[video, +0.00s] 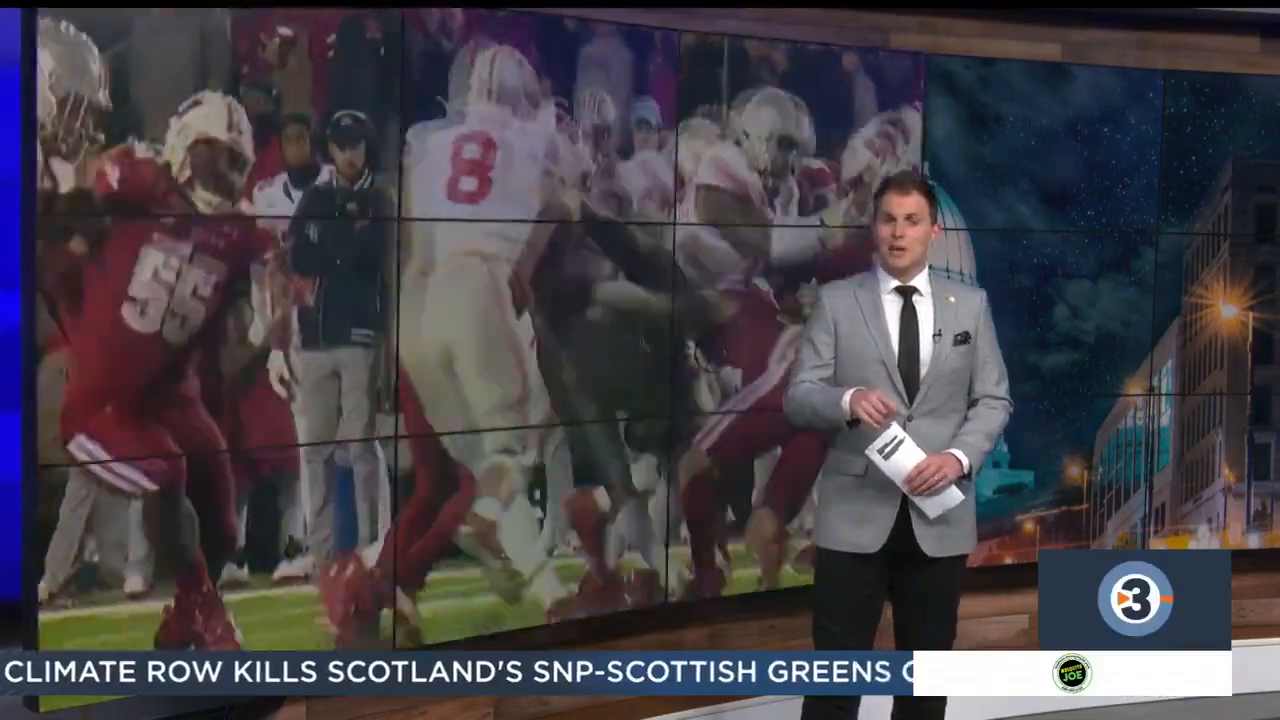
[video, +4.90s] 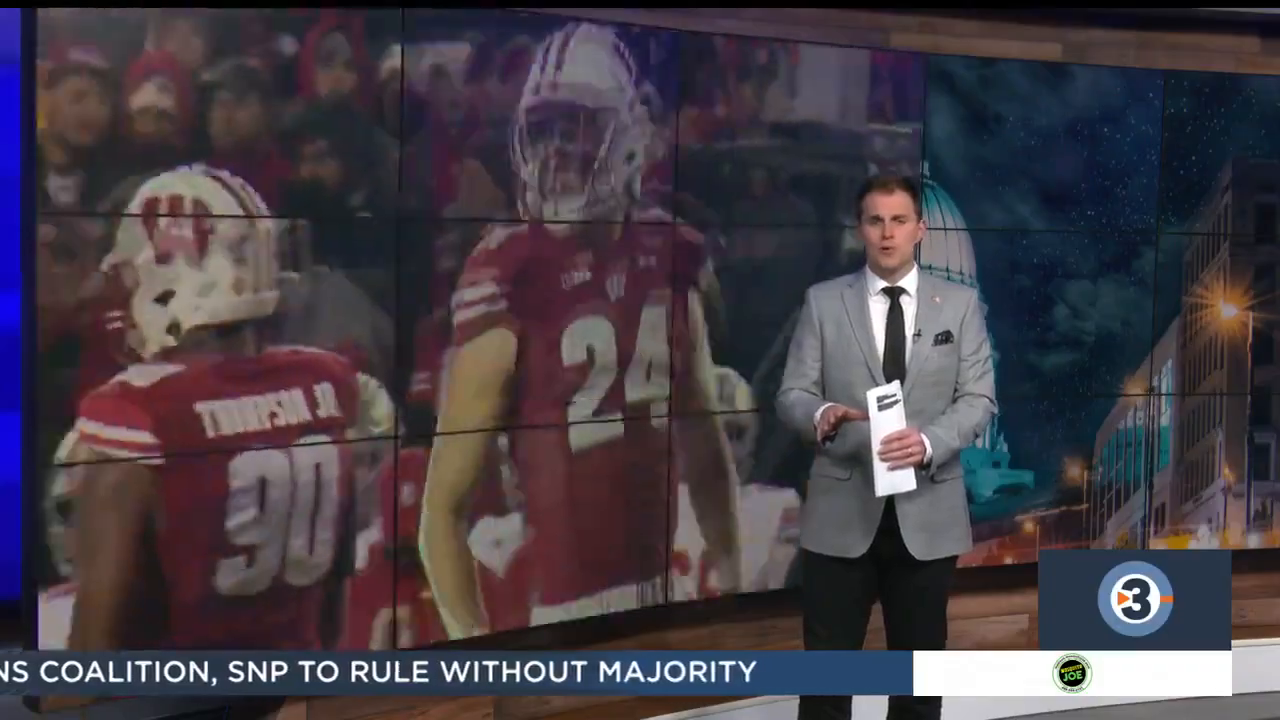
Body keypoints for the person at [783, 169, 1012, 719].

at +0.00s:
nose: (897, 232)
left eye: (911, 220)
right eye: (887, 220)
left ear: (934, 230)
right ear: (874, 229)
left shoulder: (970, 303)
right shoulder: (835, 301)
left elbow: (993, 401)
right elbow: (799, 397)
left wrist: (958, 456)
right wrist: (845, 400)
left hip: (938, 515)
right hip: (853, 512)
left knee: (927, 674)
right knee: (835, 672)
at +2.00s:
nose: (898, 232)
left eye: (910, 221)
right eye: (886, 220)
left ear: (931, 230)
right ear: (870, 230)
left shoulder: (970, 303)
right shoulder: (833, 302)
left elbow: (996, 400)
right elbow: (796, 393)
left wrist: (962, 456)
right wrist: (856, 427)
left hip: (937, 517)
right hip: (852, 515)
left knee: (928, 674)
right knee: (835, 672)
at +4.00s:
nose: (881, 228)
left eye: (894, 217)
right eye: (870, 218)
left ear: (915, 228)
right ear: (853, 230)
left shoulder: (955, 304)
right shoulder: (816, 301)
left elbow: (970, 402)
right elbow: (784, 393)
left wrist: (917, 439)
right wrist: (805, 412)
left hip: (917, 511)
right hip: (831, 510)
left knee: (915, 669)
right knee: (820, 668)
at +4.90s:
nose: (886, 232)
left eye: (898, 221)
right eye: (875, 221)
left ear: (919, 228)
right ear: (860, 230)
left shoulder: (961, 303)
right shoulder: (823, 302)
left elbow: (978, 401)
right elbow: (793, 394)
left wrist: (930, 441)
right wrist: (822, 416)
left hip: (926, 513)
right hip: (840, 512)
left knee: (921, 673)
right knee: (826, 673)